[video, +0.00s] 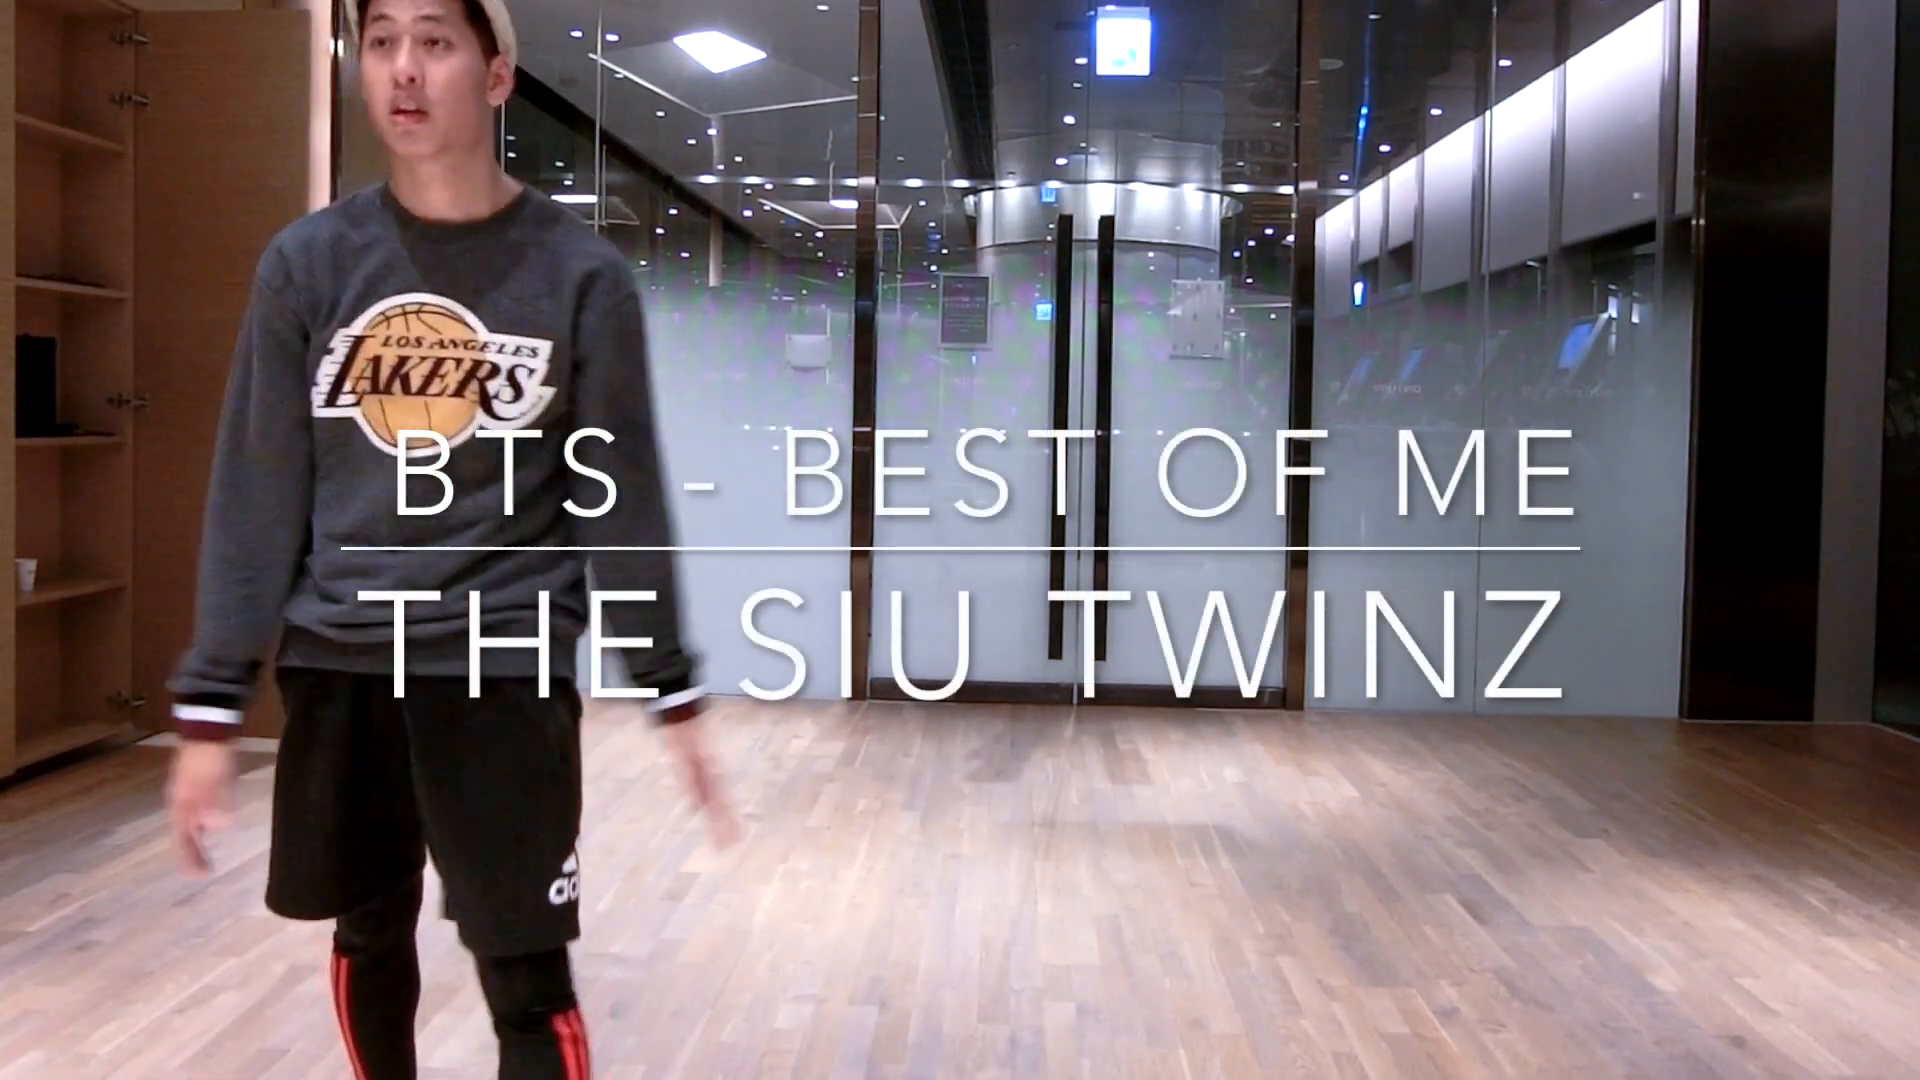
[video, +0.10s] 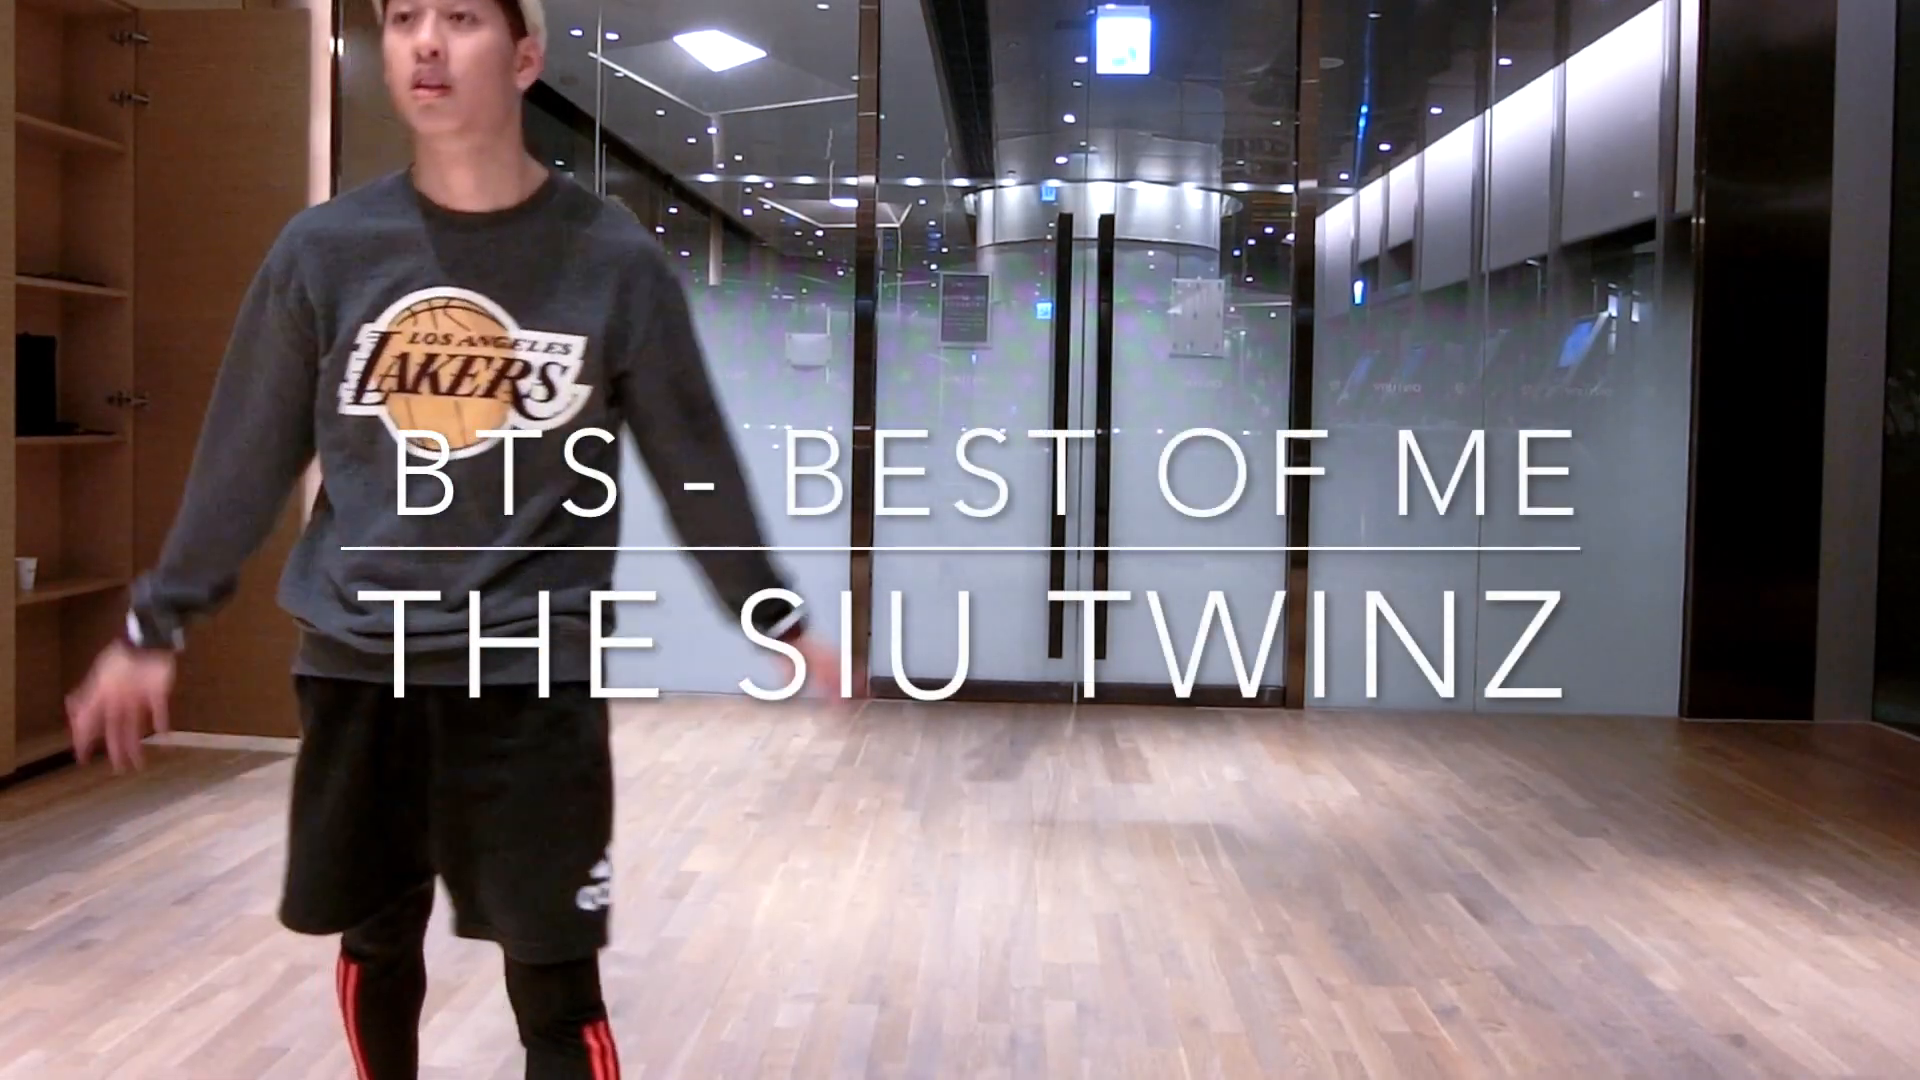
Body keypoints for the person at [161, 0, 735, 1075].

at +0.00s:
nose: (406, 72)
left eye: (437, 44)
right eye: (383, 45)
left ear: (497, 76)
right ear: (356, 77)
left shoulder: (579, 268)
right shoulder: (306, 262)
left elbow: (623, 494)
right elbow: (254, 496)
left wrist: (674, 698)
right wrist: (206, 714)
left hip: (508, 674)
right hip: (343, 671)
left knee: (524, 979)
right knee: (368, 947)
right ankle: (385, 1079)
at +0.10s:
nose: (426, 42)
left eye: (459, 19)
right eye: (405, 20)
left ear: (526, 56)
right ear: (380, 51)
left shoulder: (613, 258)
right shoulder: (323, 247)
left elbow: (695, 463)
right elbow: (242, 458)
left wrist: (777, 620)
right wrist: (153, 630)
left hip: (535, 673)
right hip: (362, 668)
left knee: (555, 990)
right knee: (376, 958)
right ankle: (384, 1079)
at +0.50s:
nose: (591, 11)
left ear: (685, 17)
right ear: (526, 21)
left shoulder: (754, 243)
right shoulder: (431, 204)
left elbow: (833, 489)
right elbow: (323, 444)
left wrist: (909, 718)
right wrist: (221, 672)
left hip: (636, 692)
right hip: (441, 687)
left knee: (618, 1031)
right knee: (396, 1022)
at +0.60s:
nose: (614, 3)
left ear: (710, 15)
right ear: (554, 10)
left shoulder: (772, 234)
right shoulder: (456, 193)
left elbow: (824, 495)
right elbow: (376, 463)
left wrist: (829, 725)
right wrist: (363, 679)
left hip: (661, 704)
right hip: (461, 698)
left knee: (630, 1036)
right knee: (414, 1043)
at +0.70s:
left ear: (727, 16)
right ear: (574, 8)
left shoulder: (785, 219)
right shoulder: (468, 176)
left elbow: (844, 447)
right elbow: (388, 437)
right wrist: (481, 572)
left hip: (675, 697)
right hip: (481, 691)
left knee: (637, 1036)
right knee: (439, 1039)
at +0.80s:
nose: (651, 21)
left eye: (688, 5)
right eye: (641, 1)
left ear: (744, 24)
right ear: (602, 14)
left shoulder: (779, 183)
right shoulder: (472, 168)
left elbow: (893, 389)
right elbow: (381, 426)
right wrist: (508, 477)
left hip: (692, 688)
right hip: (498, 681)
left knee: (644, 1043)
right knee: (474, 1047)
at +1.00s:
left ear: (747, 13)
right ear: (595, 2)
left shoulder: (792, 181)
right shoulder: (470, 180)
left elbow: (966, 160)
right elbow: (355, 404)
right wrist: (388, 458)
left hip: (724, 726)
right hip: (523, 727)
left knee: (673, 1050)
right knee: (546, 1063)